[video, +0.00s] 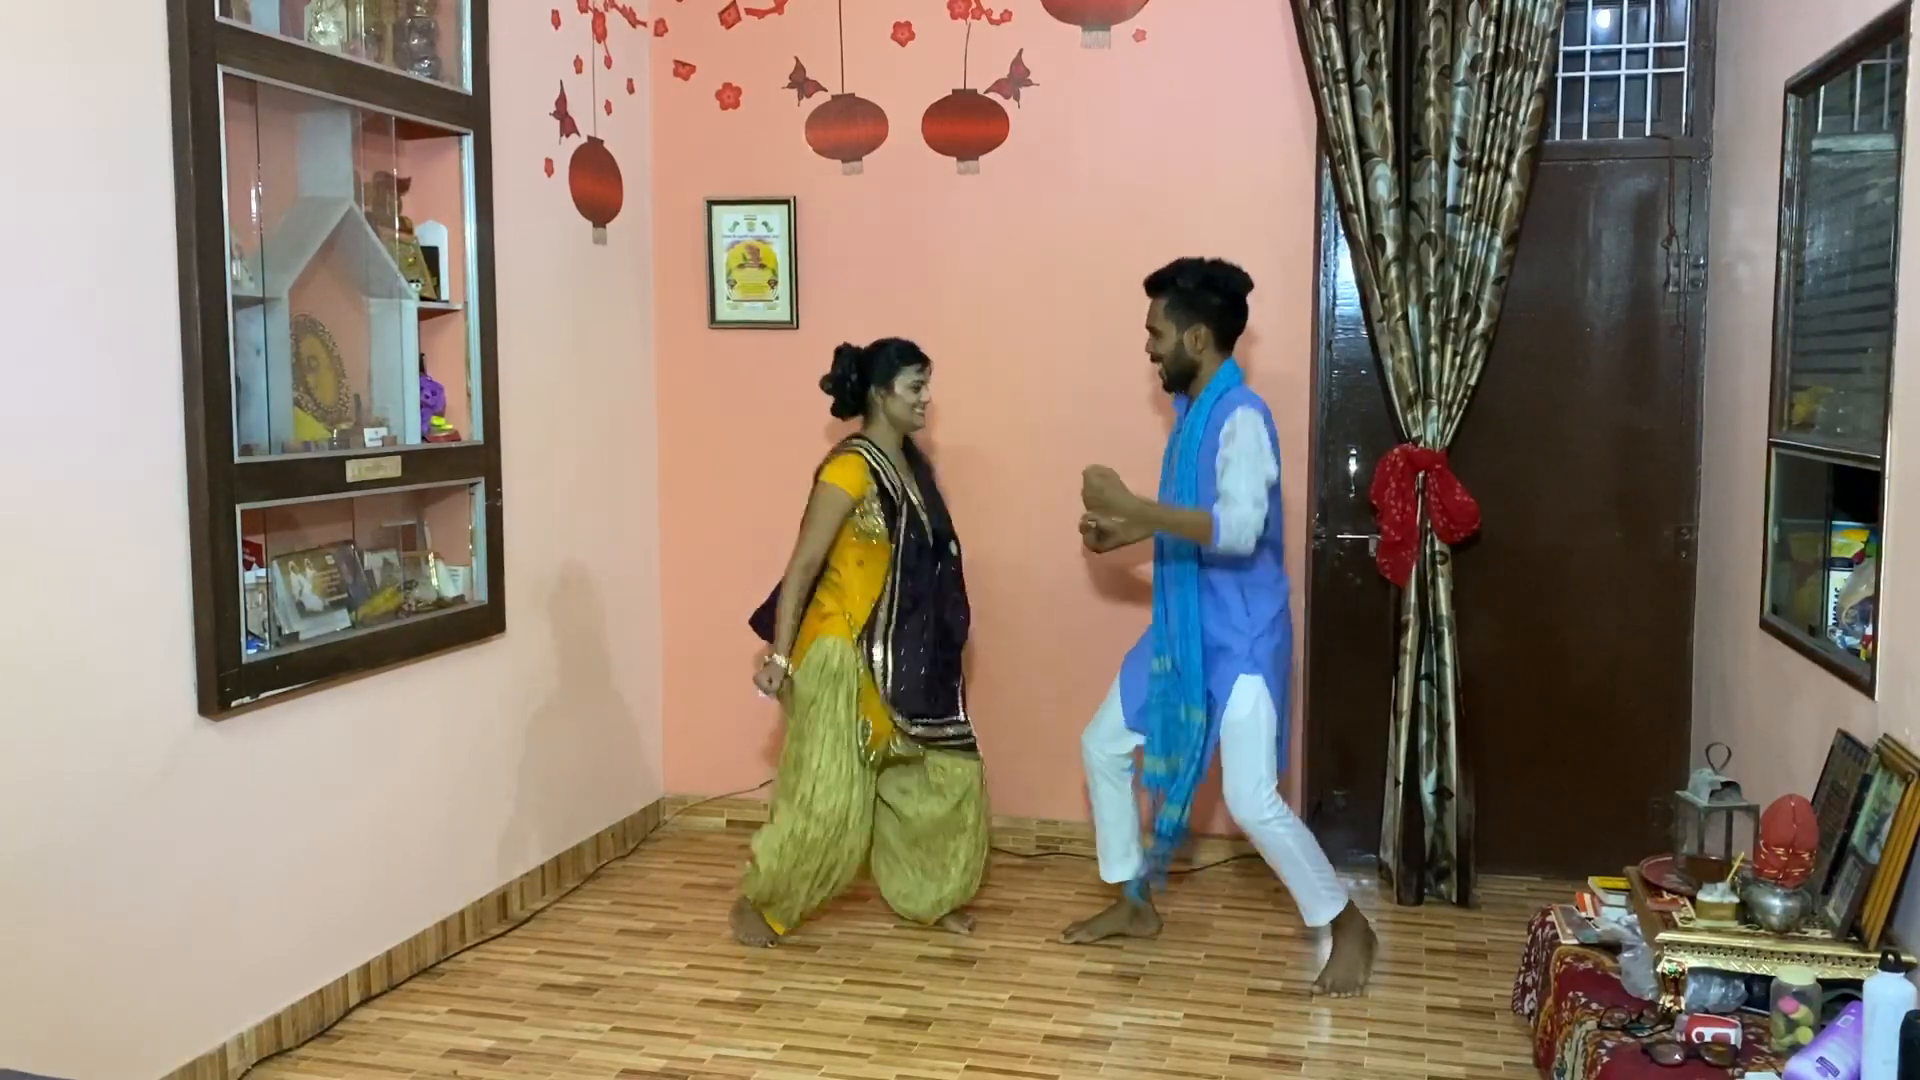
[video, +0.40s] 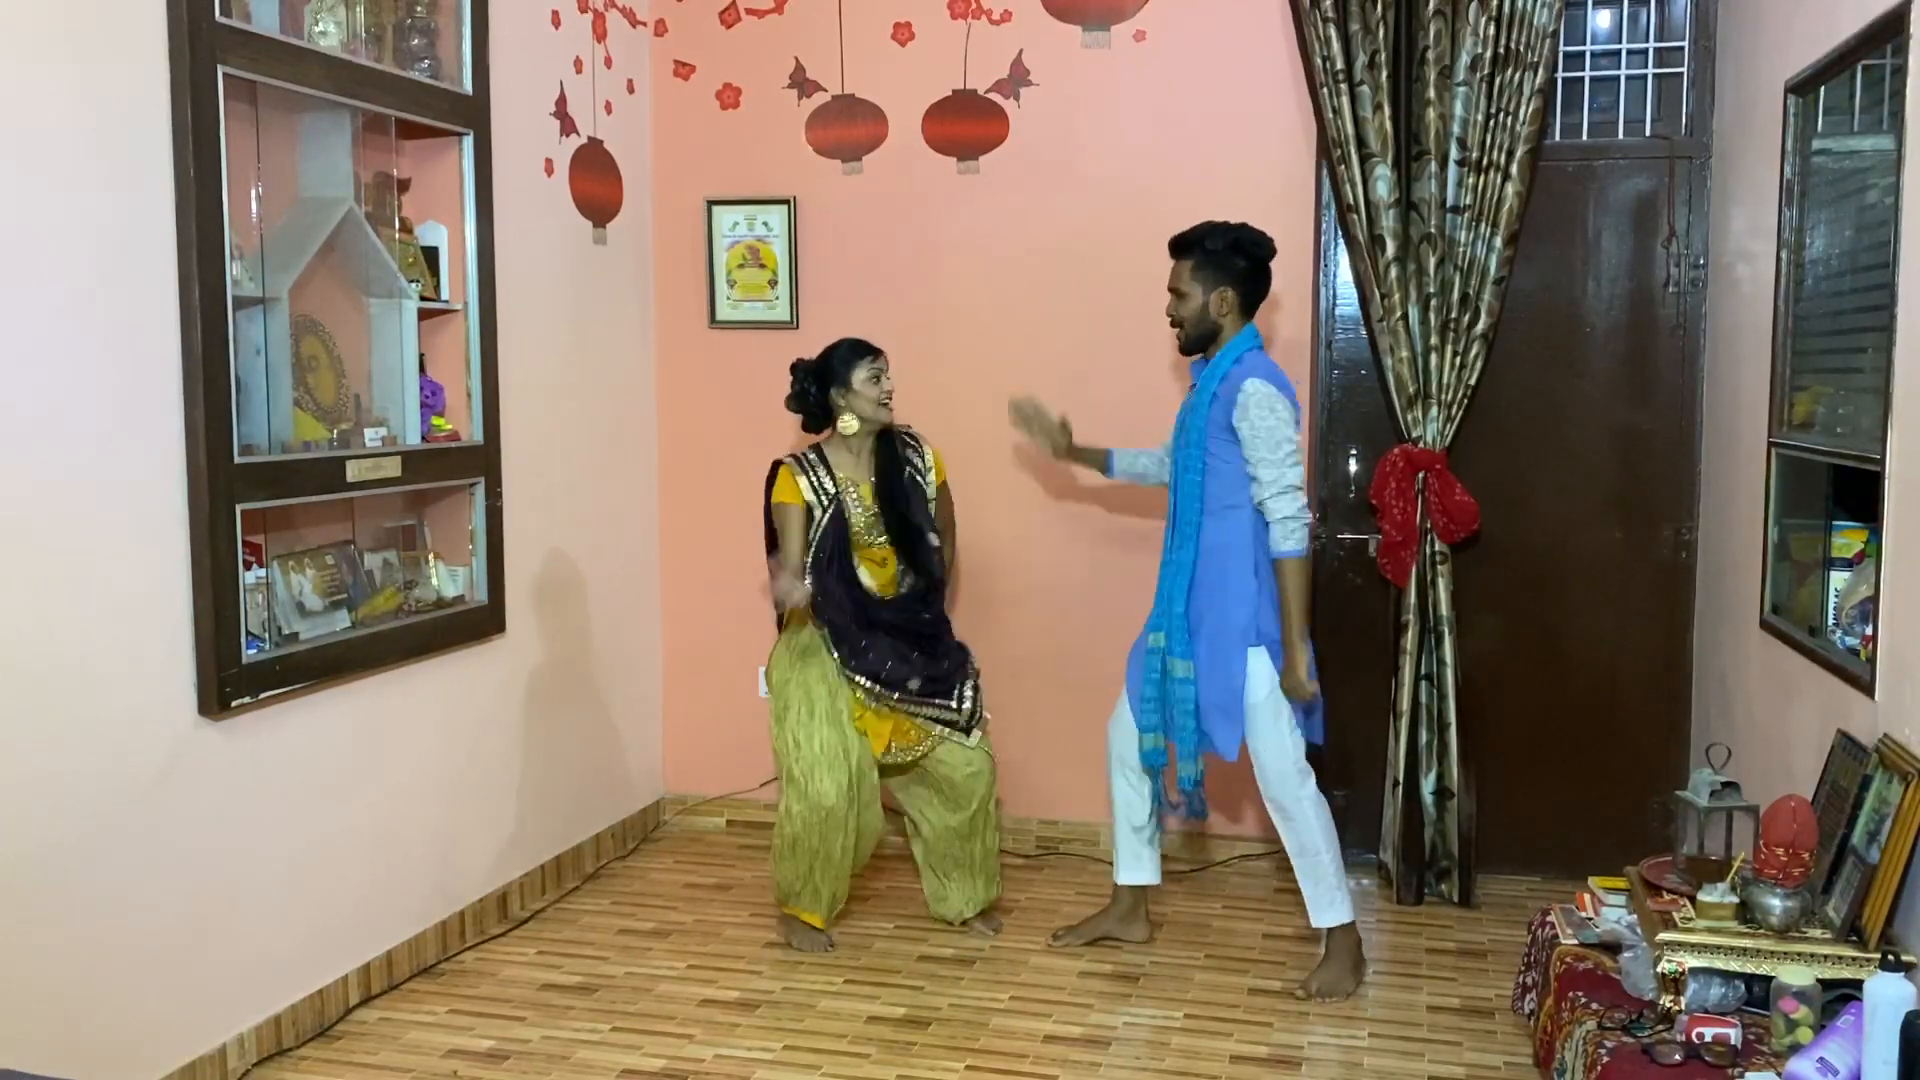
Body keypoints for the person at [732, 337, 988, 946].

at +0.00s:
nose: (924, 399)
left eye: (926, 388)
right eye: (913, 388)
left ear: (913, 395)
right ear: (877, 394)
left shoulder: (909, 464)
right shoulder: (848, 468)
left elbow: (910, 565)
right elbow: (804, 565)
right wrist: (780, 651)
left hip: (903, 651)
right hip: (842, 653)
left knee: (945, 773)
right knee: (828, 792)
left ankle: (927, 895)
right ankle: (759, 897)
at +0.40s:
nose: (889, 388)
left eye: (887, 377)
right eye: (874, 380)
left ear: (882, 388)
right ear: (838, 398)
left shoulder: (917, 457)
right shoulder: (799, 475)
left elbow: (945, 554)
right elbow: (789, 578)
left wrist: (930, 623)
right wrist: (794, 593)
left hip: (911, 641)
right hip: (826, 644)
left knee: (968, 768)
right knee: (828, 780)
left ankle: (966, 899)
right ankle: (803, 911)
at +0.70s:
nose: (888, 369)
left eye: (886, 359)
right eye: (881, 361)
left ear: (834, 370)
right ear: (852, 368)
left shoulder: (817, 433)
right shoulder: (878, 414)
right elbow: (965, 463)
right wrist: (1012, 385)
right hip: (893, 614)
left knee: (952, 745)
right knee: (866, 752)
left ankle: (953, 889)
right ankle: (791, 900)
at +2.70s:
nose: (924, 371)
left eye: (933, 361)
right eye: (913, 360)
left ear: (945, 354)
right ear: (887, 348)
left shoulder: (956, 405)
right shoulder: (875, 392)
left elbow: (920, 450)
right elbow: (818, 335)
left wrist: (846, 423)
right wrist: (842, 331)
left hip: (926, 592)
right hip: (872, 592)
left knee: (953, 737)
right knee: (886, 737)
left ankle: (983, 883)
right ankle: (916, 866)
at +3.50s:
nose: (872, 387)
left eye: (885, 376)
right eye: (862, 377)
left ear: (915, 382)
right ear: (852, 382)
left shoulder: (943, 441)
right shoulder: (838, 431)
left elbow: (945, 471)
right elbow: (774, 464)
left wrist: (914, 478)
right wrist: (756, 469)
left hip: (935, 630)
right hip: (861, 620)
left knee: (933, 759)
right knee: (828, 741)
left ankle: (942, 876)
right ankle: (844, 852)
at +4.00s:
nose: (894, 400)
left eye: (893, 389)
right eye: (882, 391)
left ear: (880, 398)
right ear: (846, 401)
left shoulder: (906, 467)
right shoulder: (802, 471)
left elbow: (941, 544)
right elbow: (755, 562)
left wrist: (936, 612)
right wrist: (748, 649)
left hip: (881, 628)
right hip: (805, 627)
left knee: (907, 722)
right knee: (777, 751)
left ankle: (893, 837)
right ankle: (759, 861)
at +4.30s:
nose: (993, 373)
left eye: (995, 363)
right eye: (981, 362)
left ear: (982, 372)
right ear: (943, 367)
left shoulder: (993, 440)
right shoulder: (890, 408)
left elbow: (1025, 499)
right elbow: (834, 487)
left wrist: (1023, 569)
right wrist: (847, 565)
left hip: (951, 581)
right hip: (878, 571)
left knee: (987, 713)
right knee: (882, 695)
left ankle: (1014, 862)